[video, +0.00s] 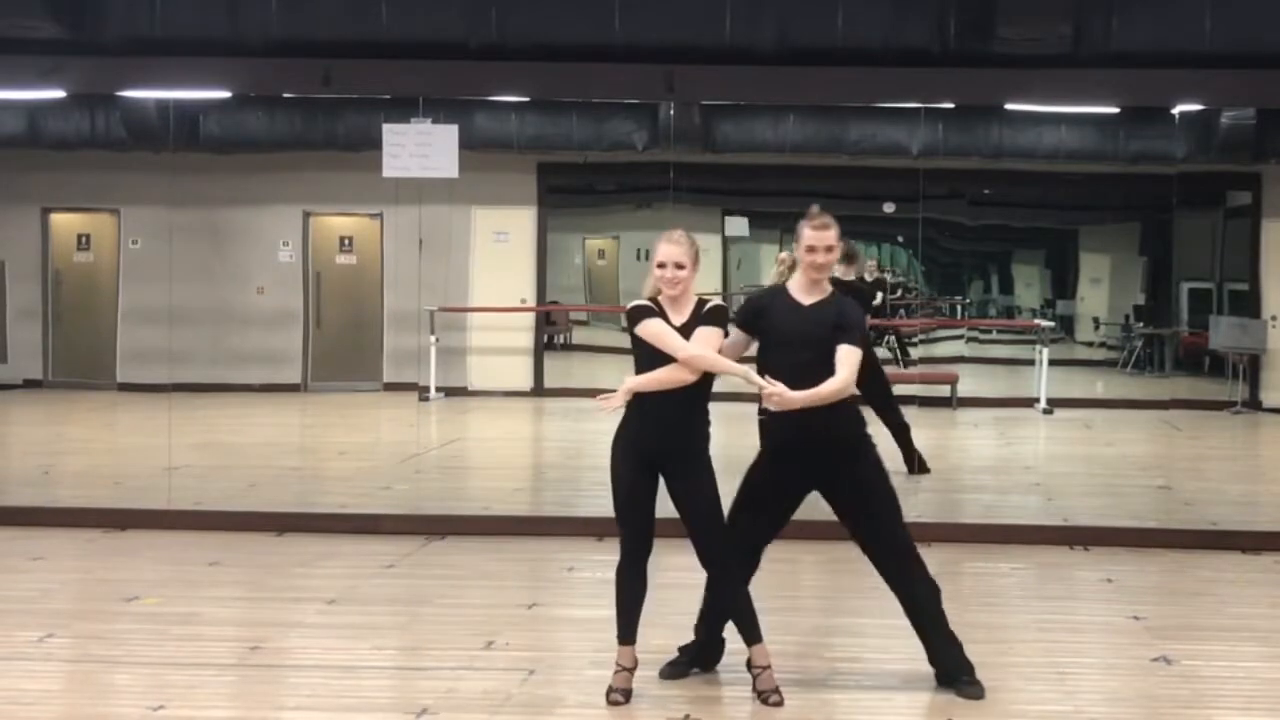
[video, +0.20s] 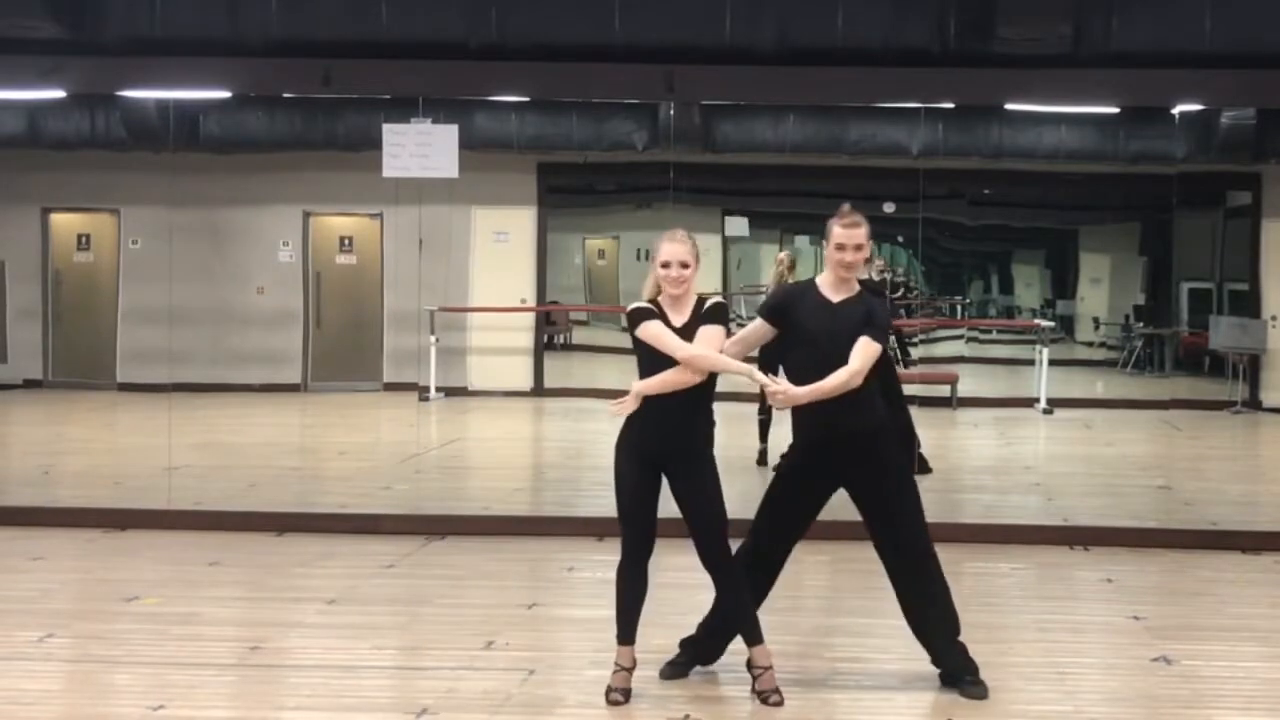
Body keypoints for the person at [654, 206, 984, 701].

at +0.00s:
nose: (820, 257)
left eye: (828, 249)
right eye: (812, 249)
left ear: (838, 252)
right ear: (796, 249)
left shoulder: (847, 310)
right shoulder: (763, 304)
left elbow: (846, 380)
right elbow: (722, 358)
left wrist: (798, 397)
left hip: (843, 449)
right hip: (782, 450)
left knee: (898, 556)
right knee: (735, 548)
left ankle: (952, 666)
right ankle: (705, 647)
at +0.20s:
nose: (848, 256)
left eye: (857, 248)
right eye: (840, 247)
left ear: (869, 250)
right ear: (824, 246)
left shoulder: (874, 308)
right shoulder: (791, 298)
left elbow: (854, 373)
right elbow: (734, 349)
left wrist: (799, 394)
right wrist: (693, 367)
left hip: (875, 450)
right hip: (812, 449)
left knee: (911, 553)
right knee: (762, 549)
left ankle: (955, 663)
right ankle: (702, 646)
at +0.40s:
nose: (858, 253)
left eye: (866, 245)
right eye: (849, 244)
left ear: (877, 250)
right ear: (833, 245)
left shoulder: (882, 308)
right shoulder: (800, 296)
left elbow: (858, 372)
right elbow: (738, 345)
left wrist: (801, 394)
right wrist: (673, 383)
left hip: (882, 449)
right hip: (820, 447)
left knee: (915, 554)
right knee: (768, 549)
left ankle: (955, 664)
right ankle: (698, 645)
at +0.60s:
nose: (835, 249)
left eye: (846, 242)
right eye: (832, 240)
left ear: (873, 249)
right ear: (827, 242)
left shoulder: (884, 309)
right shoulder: (804, 295)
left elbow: (857, 369)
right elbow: (742, 346)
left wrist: (797, 395)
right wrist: (698, 397)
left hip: (883, 449)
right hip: (820, 447)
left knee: (915, 554)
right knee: (769, 549)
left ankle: (955, 664)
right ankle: (696, 644)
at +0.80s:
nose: (832, 251)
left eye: (842, 244)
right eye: (830, 242)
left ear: (870, 251)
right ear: (827, 245)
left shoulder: (885, 309)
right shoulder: (805, 293)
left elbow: (852, 365)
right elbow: (743, 337)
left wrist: (789, 392)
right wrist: (725, 398)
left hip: (884, 449)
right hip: (821, 447)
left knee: (917, 554)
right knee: (769, 549)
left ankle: (954, 663)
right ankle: (696, 644)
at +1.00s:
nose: (830, 260)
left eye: (839, 254)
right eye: (829, 252)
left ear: (870, 257)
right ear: (836, 255)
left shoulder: (895, 308)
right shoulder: (820, 298)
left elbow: (851, 362)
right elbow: (746, 322)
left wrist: (790, 397)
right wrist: (679, 333)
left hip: (884, 458)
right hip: (820, 453)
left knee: (926, 566)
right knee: (766, 551)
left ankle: (953, 665)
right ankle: (697, 644)